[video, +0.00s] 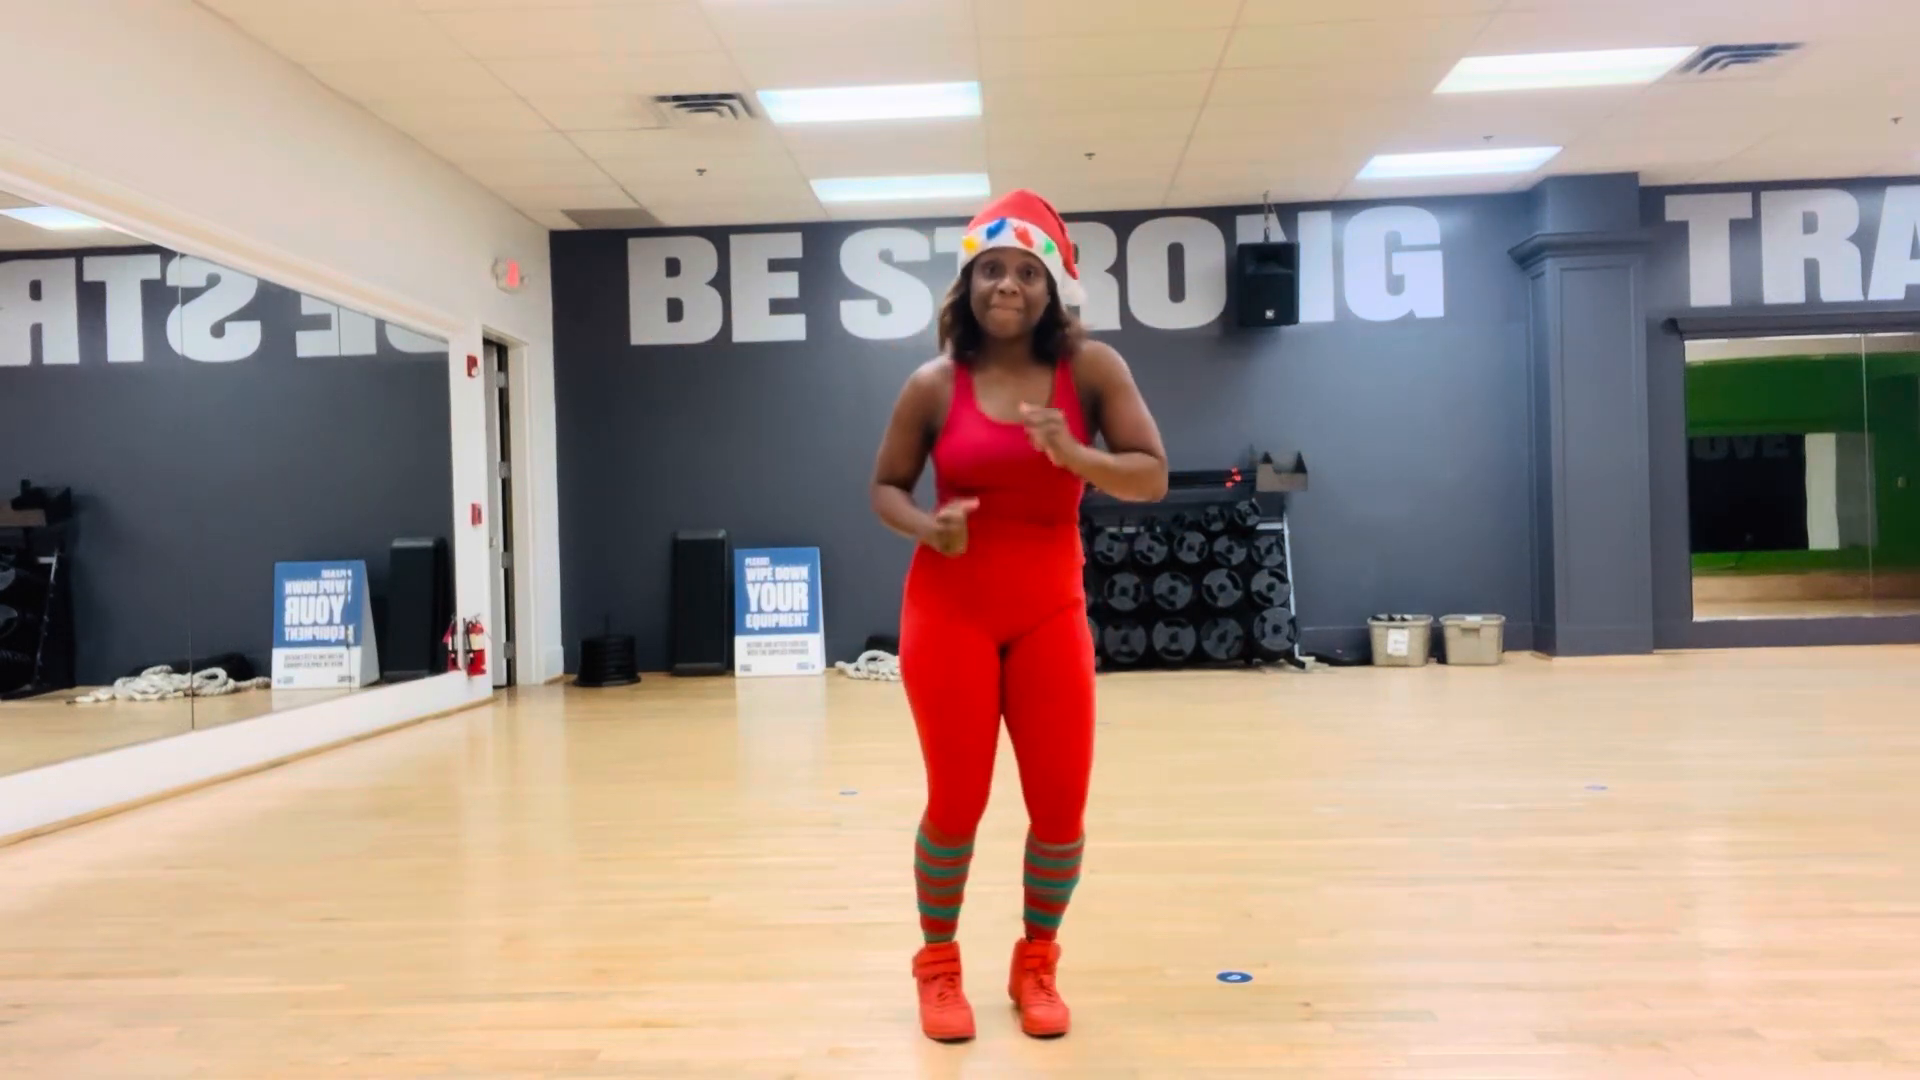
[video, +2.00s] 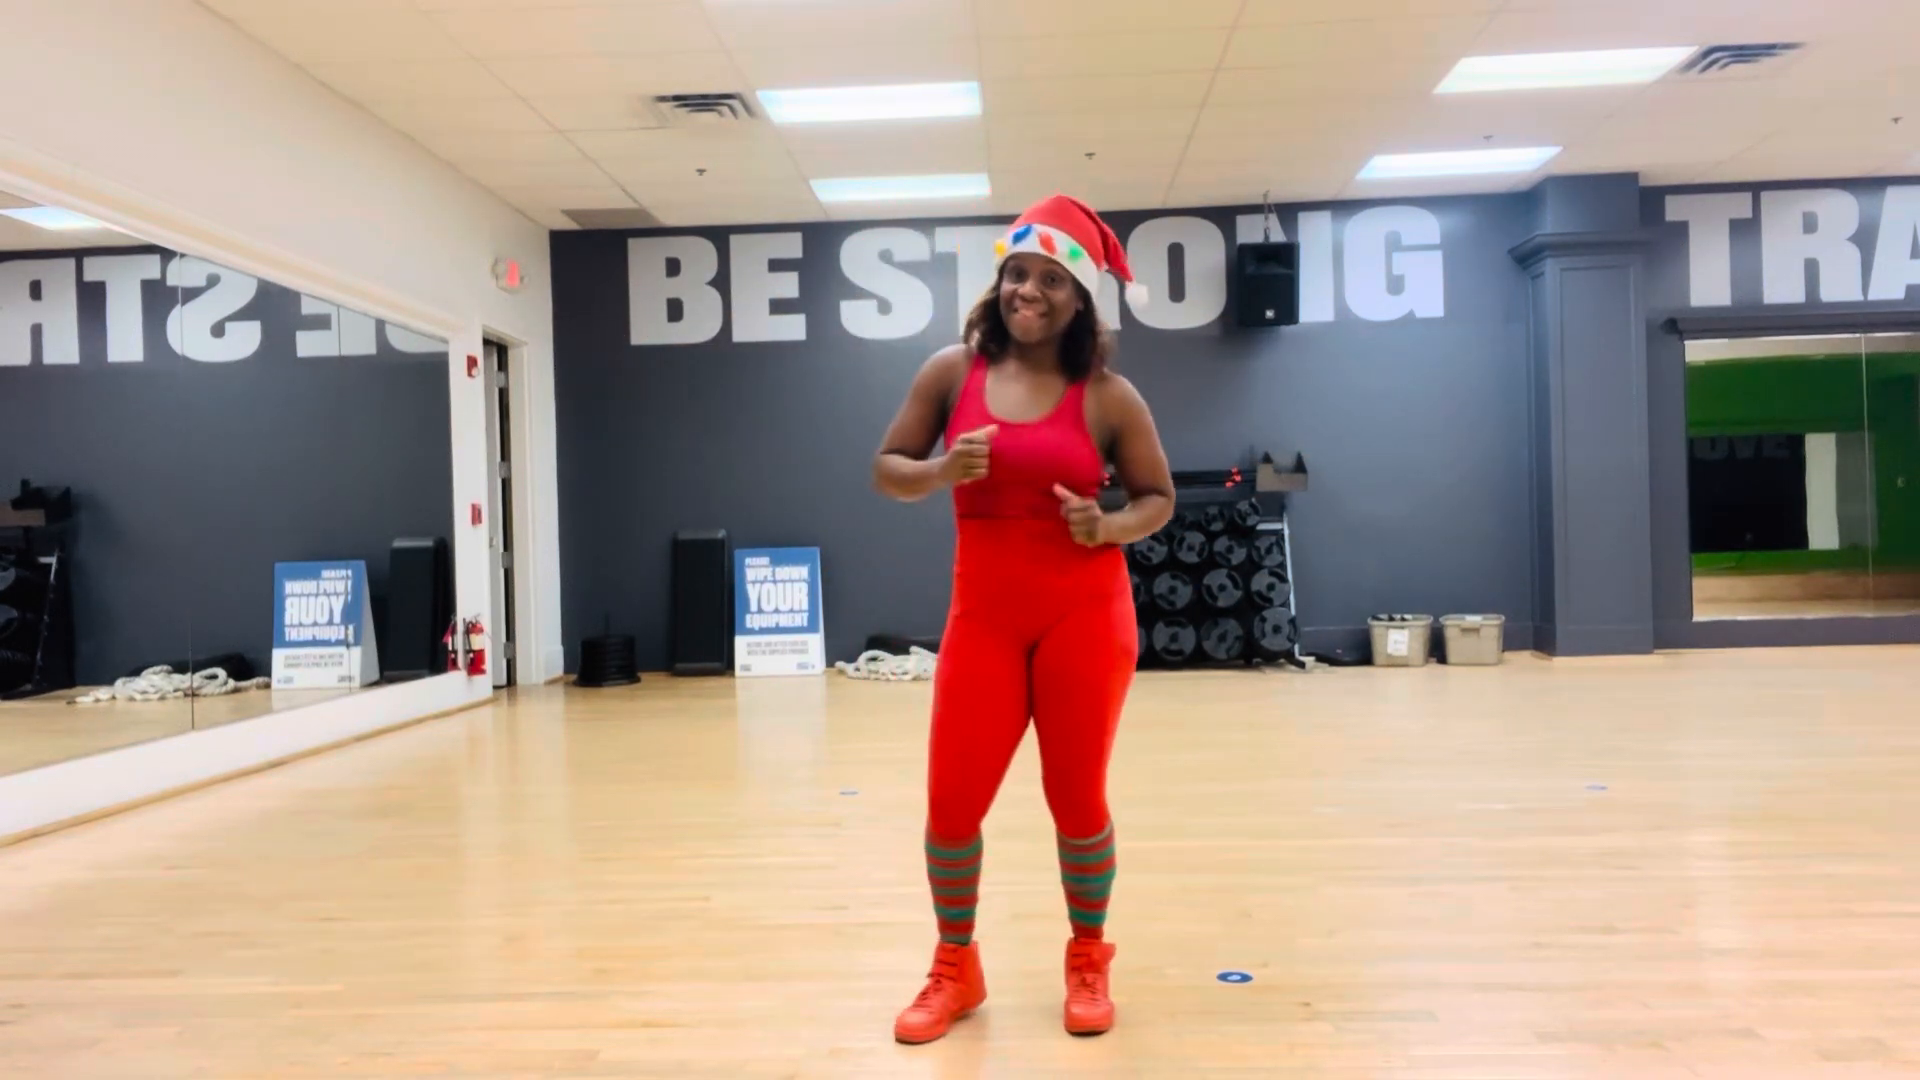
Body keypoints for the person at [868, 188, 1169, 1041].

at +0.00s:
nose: (1005, 287)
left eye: (1024, 273)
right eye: (990, 271)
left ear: (1050, 288)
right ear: (968, 285)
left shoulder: (1092, 366)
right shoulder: (935, 385)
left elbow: (1152, 477)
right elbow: (886, 488)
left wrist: (1078, 458)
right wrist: (924, 523)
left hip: (1051, 610)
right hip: (948, 609)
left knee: (1061, 807)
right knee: (956, 803)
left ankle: (1036, 968)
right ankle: (938, 968)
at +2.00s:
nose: (1032, 291)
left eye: (1052, 280)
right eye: (1019, 274)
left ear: (1081, 299)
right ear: (999, 285)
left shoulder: (1108, 396)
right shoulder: (951, 373)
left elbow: (1158, 499)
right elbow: (888, 472)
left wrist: (1110, 527)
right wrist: (940, 470)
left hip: (1085, 611)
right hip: (982, 611)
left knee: (1077, 796)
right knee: (950, 803)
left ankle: (1088, 966)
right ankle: (954, 969)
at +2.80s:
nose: (937, 282)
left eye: (951, 267)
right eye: (919, 272)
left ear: (978, 279)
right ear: (898, 293)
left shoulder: (1026, 365)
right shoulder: (872, 385)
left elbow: (1078, 479)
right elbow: (824, 489)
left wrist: (1023, 454)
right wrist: (877, 513)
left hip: (1019, 598)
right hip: (917, 603)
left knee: (1065, 783)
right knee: (923, 794)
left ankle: (1069, 961)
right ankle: (911, 968)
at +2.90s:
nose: (922, 299)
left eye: (935, 283)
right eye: (903, 289)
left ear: (960, 295)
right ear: (882, 312)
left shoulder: (1012, 376)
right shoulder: (862, 409)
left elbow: (1077, 477)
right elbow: (822, 512)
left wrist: (1006, 450)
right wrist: (864, 544)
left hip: (1000, 611)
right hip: (903, 616)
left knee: (1064, 786)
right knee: (915, 806)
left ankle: (1047, 969)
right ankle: (911, 973)